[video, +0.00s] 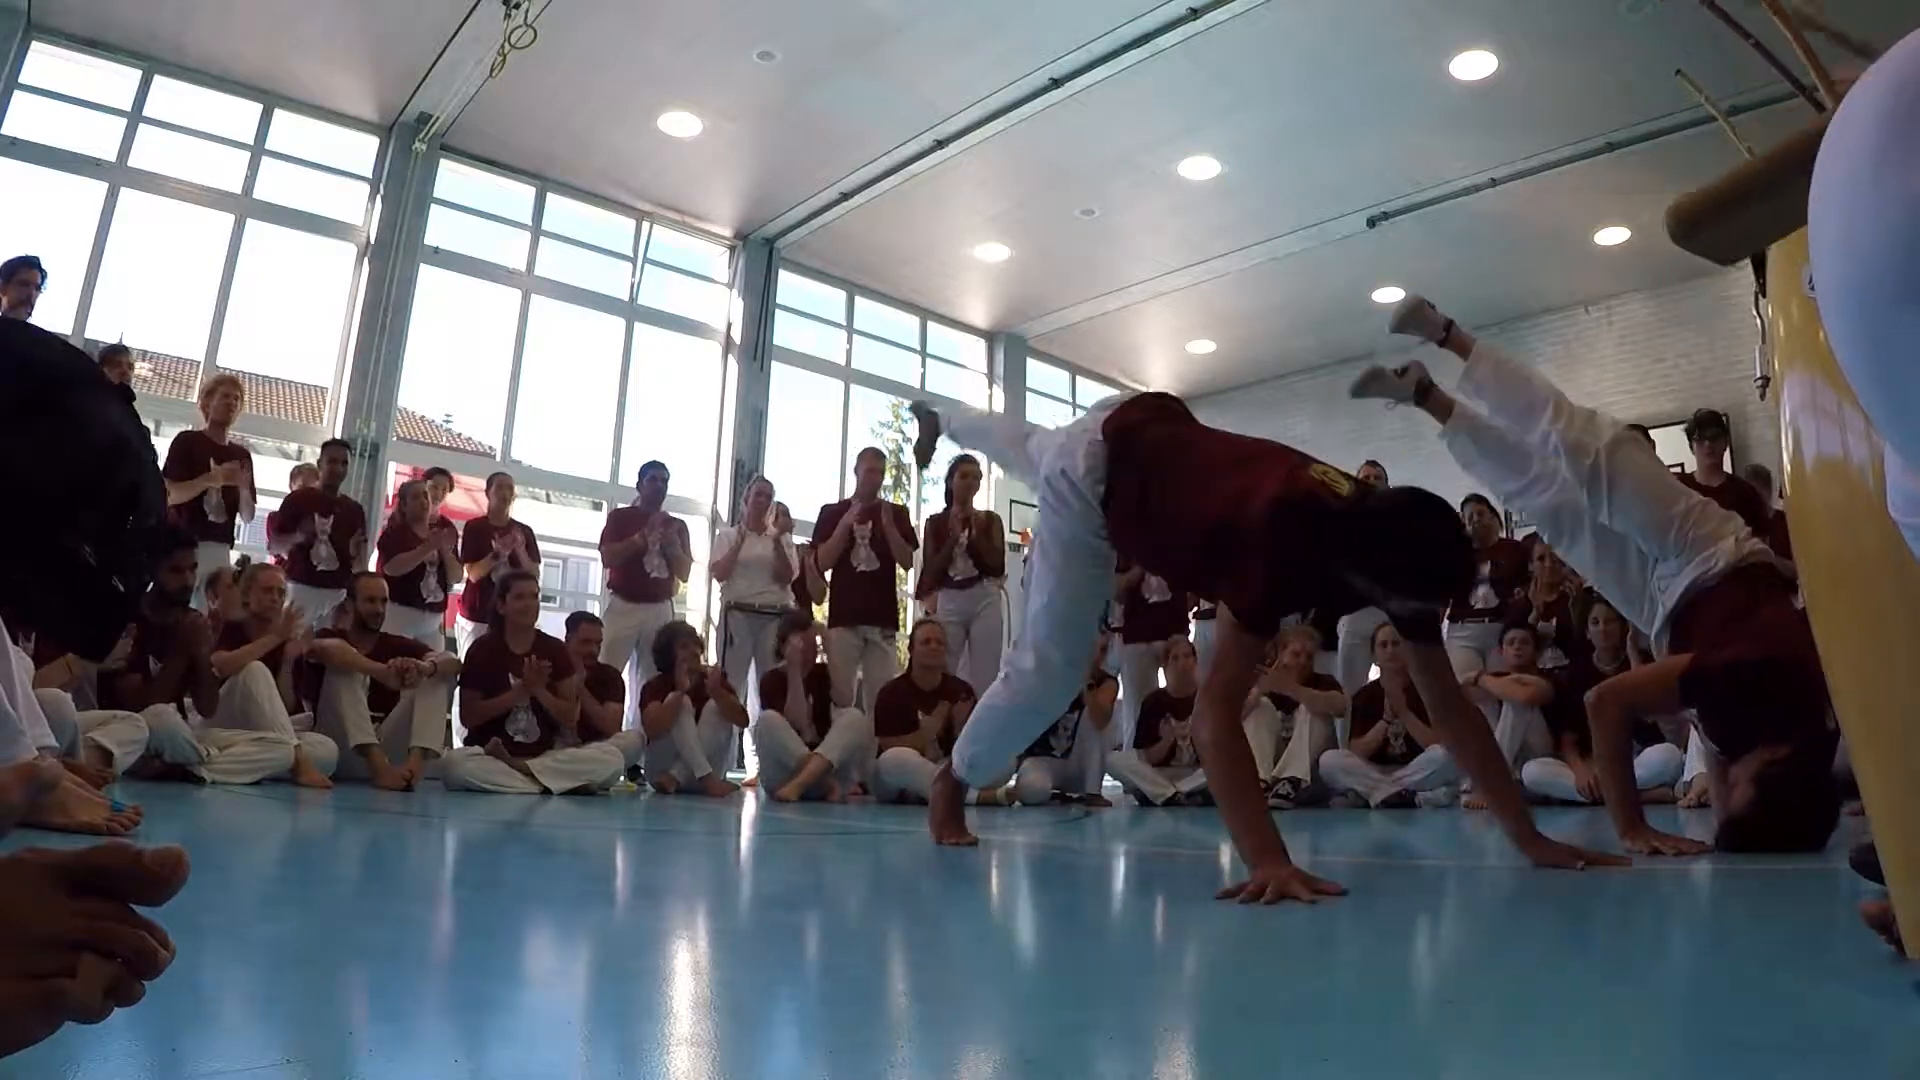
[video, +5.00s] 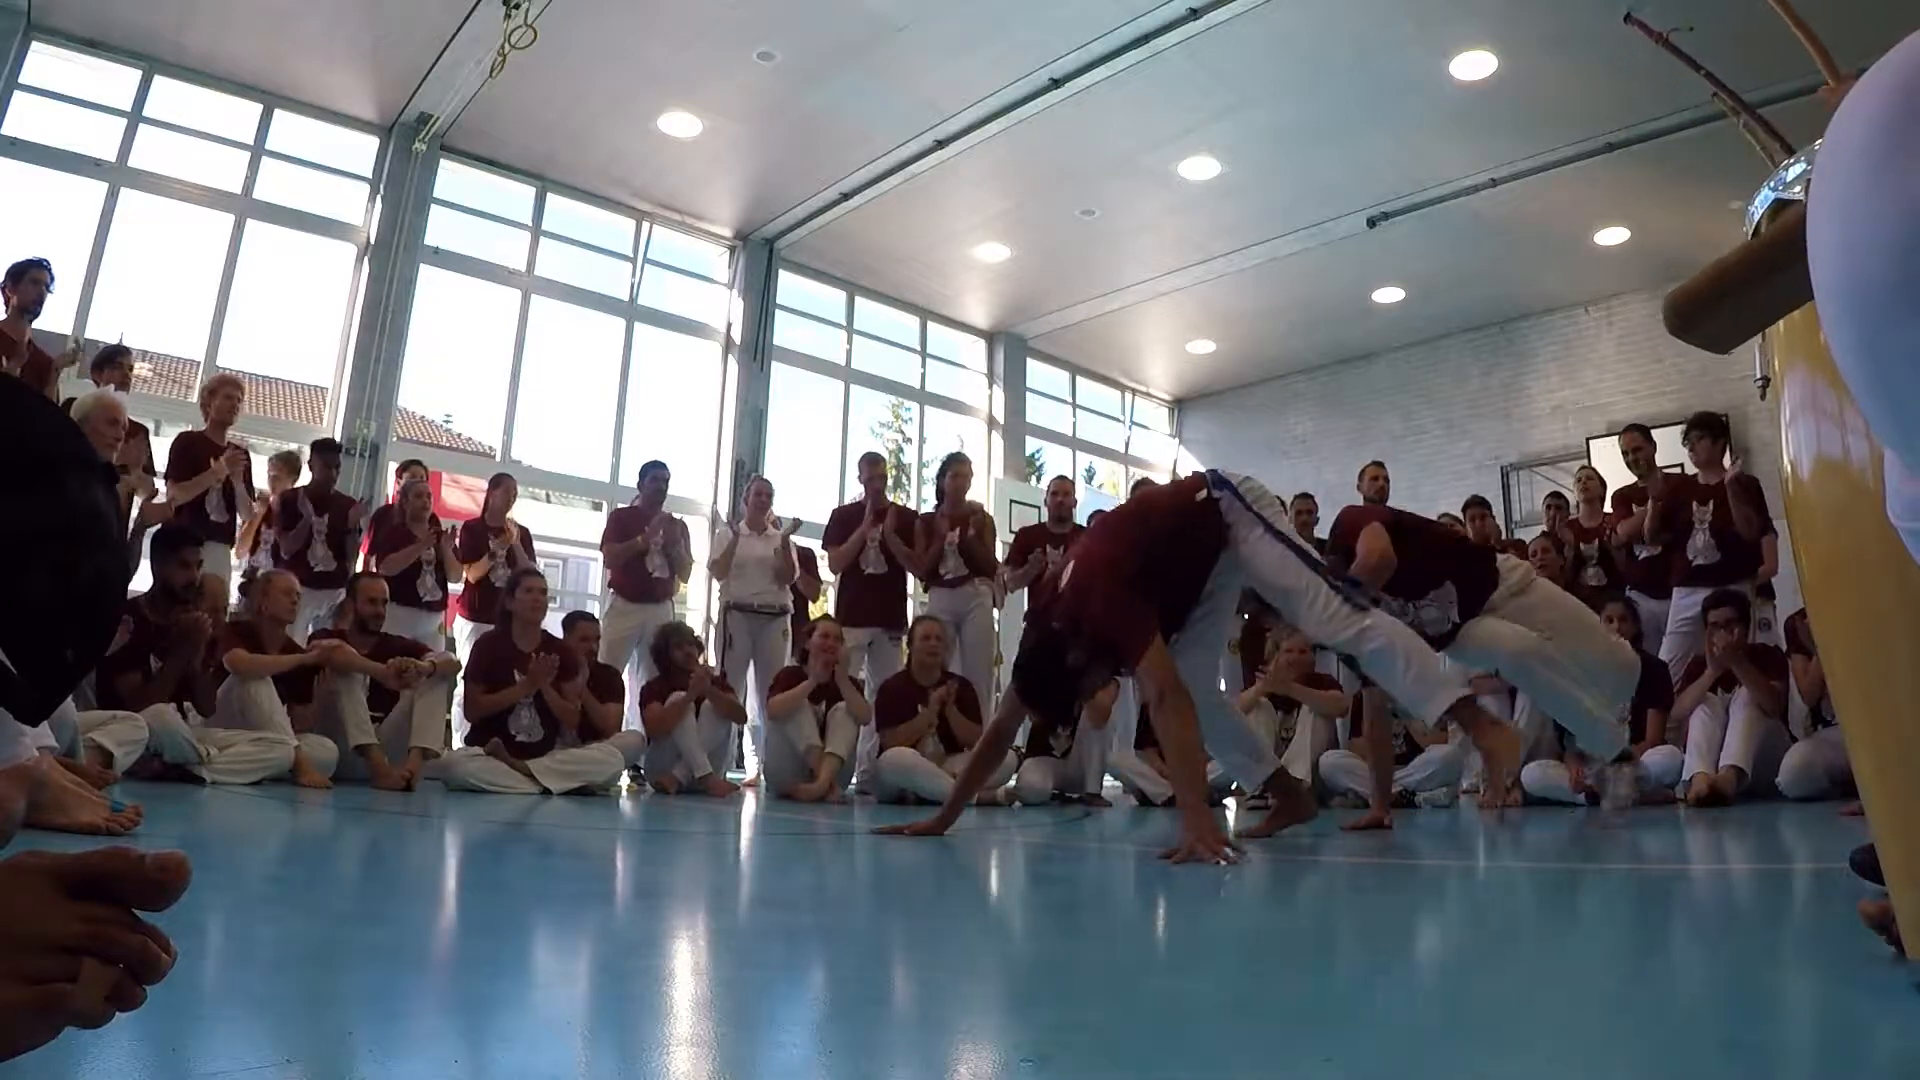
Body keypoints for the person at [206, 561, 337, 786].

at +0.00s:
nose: (275, 598)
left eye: (280, 592)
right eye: (267, 591)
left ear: (286, 598)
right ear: (247, 595)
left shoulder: (288, 641)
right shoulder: (231, 630)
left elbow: (288, 707)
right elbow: (221, 666)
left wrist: (288, 661)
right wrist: (277, 637)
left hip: (268, 733)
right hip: (224, 724)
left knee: (327, 752)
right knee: (254, 670)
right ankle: (299, 761)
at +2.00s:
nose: (274, 597)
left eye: (279, 591)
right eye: (265, 589)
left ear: (284, 597)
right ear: (245, 594)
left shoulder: (285, 641)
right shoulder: (224, 628)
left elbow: (290, 712)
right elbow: (220, 666)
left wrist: (283, 665)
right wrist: (273, 637)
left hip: (271, 733)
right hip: (223, 725)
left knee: (327, 751)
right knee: (253, 671)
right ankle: (299, 762)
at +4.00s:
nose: (273, 598)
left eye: (278, 592)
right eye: (264, 590)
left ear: (283, 597)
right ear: (245, 595)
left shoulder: (289, 645)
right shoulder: (226, 630)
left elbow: (290, 712)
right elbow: (220, 665)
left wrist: (282, 665)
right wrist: (279, 640)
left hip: (273, 734)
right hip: (225, 726)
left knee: (326, 752)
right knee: (253, 671)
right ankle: (300, 763)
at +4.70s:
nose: (285, 598)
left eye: (288, 592)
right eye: (277, 591)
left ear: (291, 598)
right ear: (252, 600)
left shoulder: (290, 646)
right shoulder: (232, 629)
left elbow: (302, 716)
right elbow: (225, 654)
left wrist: (312, 666)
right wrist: (290, 647)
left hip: (272, 733)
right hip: (224, 728)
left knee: (327, 752)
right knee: (253, 671)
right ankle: (298, 760)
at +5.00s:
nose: (295, 601)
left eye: (298, 596)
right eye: (287, 594)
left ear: (301, 601)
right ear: (262, 600)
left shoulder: (298, 654)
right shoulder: (233, 631)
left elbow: (301, 724)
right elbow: (239, 665)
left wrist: (322, 694)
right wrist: (305, 658)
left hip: (269, 736)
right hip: (222, 727)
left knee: (326, 753)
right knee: (253, 678)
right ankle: (298, 762)